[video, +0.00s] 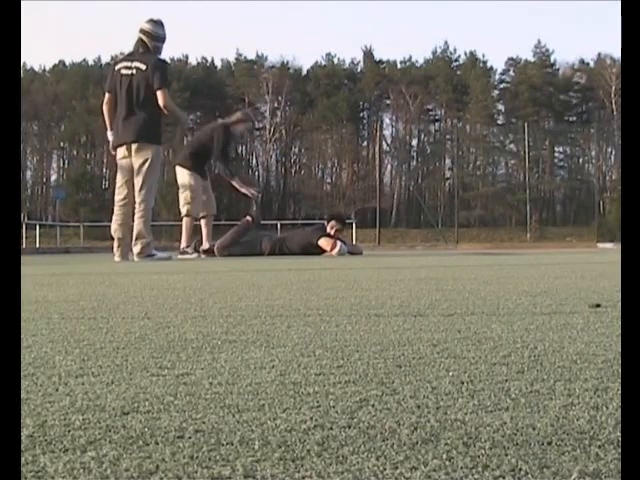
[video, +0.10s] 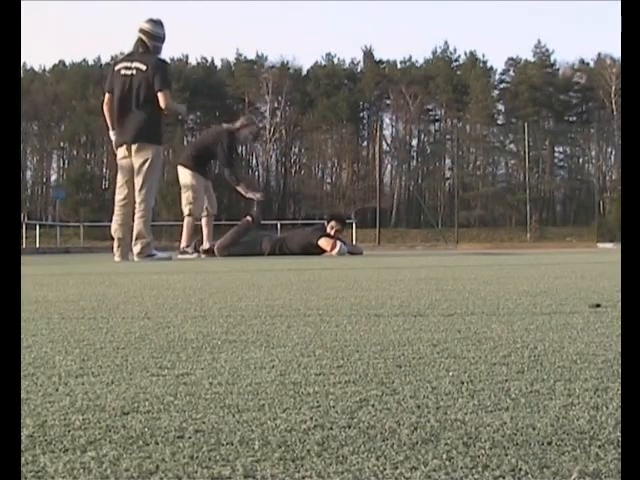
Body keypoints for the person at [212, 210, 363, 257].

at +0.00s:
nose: (335, 233)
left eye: (338, 231)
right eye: (334, 229)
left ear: (339, 230)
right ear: (327, 224)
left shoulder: (331, 236)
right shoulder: (318, 235)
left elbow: (358, 250)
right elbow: (337, 248)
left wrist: (342, 247)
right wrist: (342, 247)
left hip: (270, 242)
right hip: (266, 245)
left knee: (225, 247)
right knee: (220, 250)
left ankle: (203, 250)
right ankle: (247, 221)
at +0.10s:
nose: (335, 233)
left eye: (338, 231)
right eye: (333, 229)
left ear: (340, 231)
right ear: (327, 224)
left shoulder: (332, 237)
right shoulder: (317, 234)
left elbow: (358, 250)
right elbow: (337, 248)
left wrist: (341, 248)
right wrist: (342, 247)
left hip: (272, 242)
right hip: (267, 245)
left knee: (224, 247)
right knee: (220, 250)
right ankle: (247, 221)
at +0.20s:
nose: (335, 233)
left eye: (338, 231)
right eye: (333, 229)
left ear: (340, 231)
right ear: (327, 224)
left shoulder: (332, 237)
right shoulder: (318, 235)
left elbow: (358, 250)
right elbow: (338, 249)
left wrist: (341, 247)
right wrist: (343, 247)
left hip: (272, 243)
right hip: (268, 245)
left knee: (225, 248)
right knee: (220, 250)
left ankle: (254, 223)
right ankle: (251, 222)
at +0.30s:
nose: (334, 233)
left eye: (338, 231)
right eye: (333, 229)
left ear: (339, 231)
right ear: (327, 224)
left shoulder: (331, 237)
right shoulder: (318, 235)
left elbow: (358, 251)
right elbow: (337, 249)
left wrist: (342, 246)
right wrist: (341, 248)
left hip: (273, 242)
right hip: (268, 245)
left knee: (227, 248)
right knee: (220, 250)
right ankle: (252, 223)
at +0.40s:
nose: (335, 234)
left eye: (338, 231)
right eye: (333, 229)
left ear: (339, 230)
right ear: (327, 225)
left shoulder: (330, 237)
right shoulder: (319, 235)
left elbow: (357, 250)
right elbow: (335, 251)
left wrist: (343, 247)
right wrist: (343, 245)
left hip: (276, 243)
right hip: (274, 245)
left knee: (227, 248)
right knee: (223, 249)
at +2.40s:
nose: (337, 241)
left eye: (340, 240)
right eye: (338, 238)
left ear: (336, 239)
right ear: (333, 235)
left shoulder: (324, 241)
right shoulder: (319, 237)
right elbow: (333, 250)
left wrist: (345, 245)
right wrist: (347, 247)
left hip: (271, 240)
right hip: (269, 241)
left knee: (232, 247)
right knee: (231, 248)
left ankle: (198, 252)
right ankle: (197, 252)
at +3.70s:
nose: (336, 241)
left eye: (339, 240)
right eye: (337, 237)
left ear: (338, 240)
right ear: (334, 234)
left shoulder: (325, 241)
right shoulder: (322, 237)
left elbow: (354, 251)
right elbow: (328, 246)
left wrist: (346, 247)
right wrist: (336, 249)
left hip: (267, 244)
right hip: (266, 243)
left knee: (229, 248)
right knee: (229, 248)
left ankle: (195, 252)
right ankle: (195, 251)